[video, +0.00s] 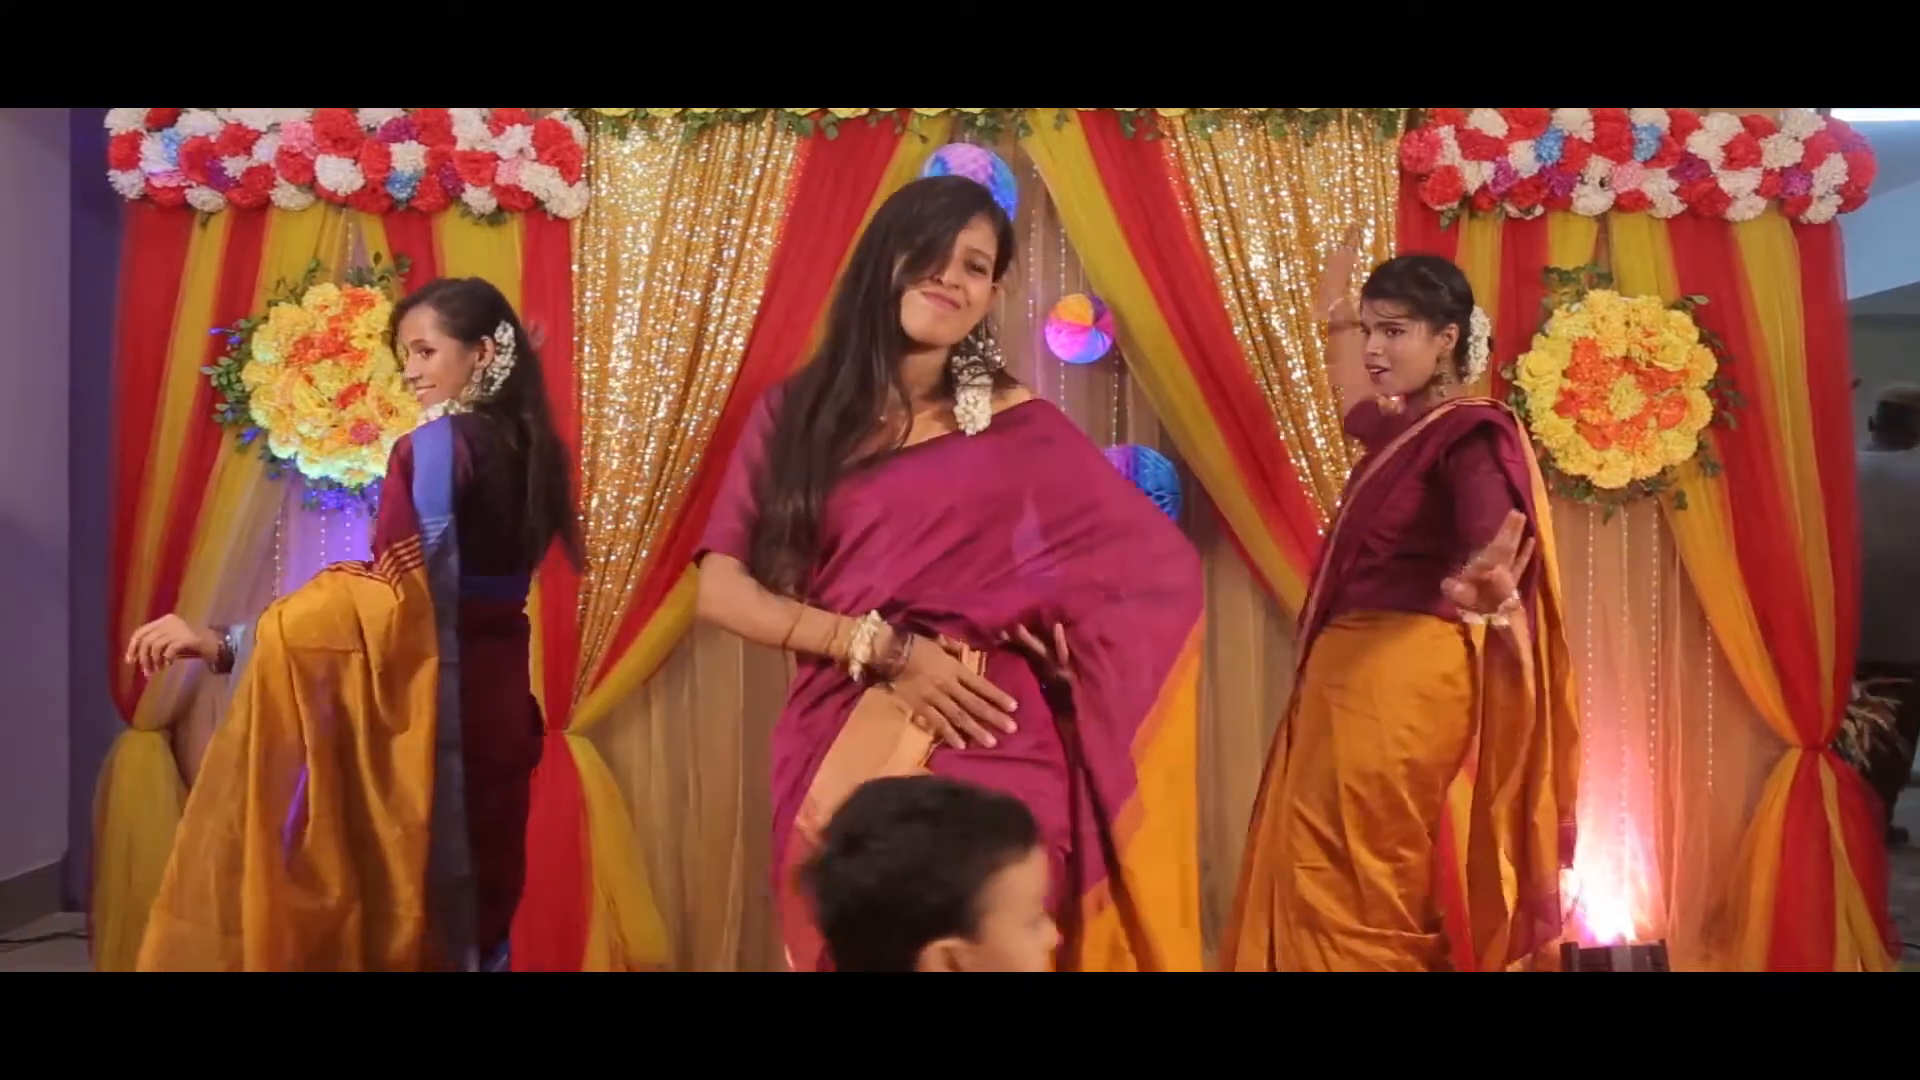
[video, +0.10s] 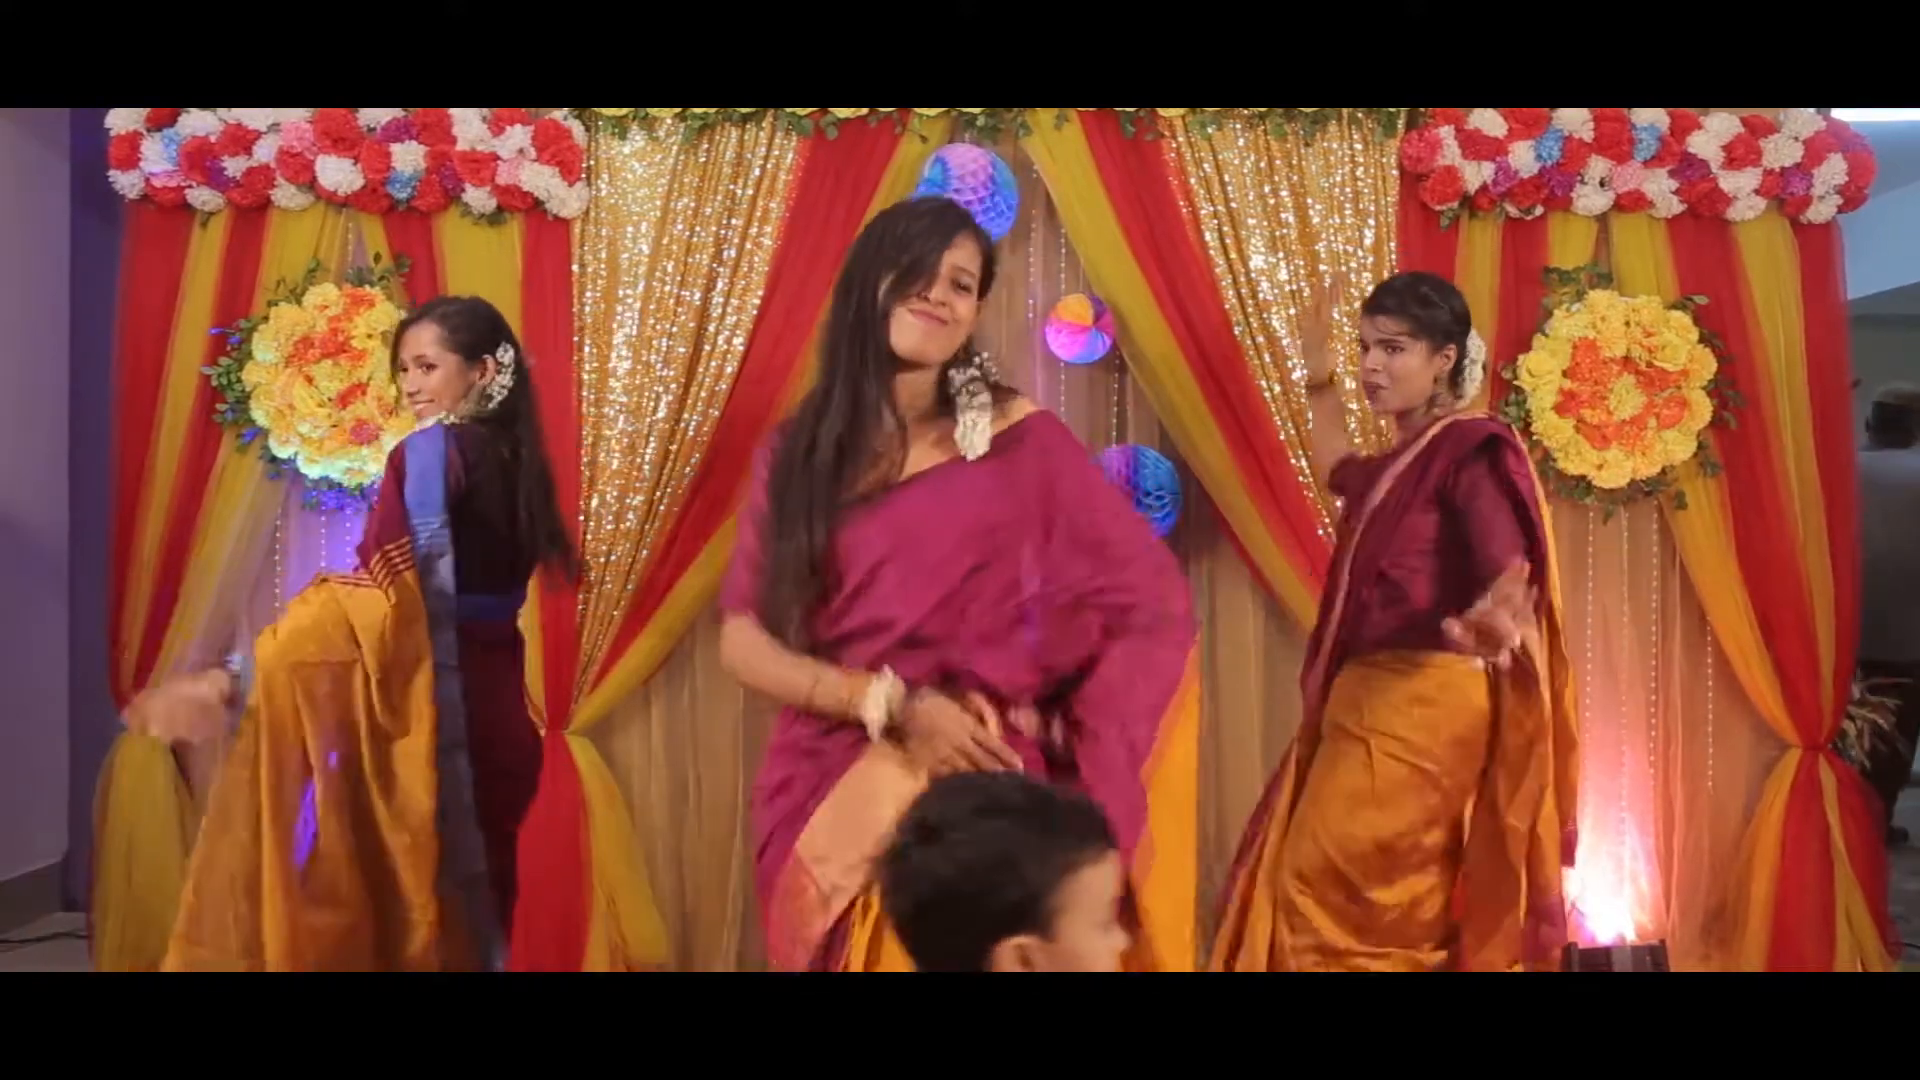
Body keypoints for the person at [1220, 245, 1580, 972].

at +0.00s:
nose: (1374, 349)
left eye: (1393, 330)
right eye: (1366, 329)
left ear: (1446, 340)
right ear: (1362, 336)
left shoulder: (1467, 430)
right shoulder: (1392, 431)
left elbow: (1495, 520)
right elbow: (1358, 400)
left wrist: (1483, 576)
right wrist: (1339, 325)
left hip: (1407, 658)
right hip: (1343, 656)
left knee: (1348, 873)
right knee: (1295, 863)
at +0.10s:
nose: (1371, 365)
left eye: (1391, 348)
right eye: (1365, 347)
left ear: (1445, 359)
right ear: (1361, 355)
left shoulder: (1472, 447)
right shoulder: (1394, 460)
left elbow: (1511, 571)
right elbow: (1337, 465)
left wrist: (1494, 625)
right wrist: (1320, 368)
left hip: (1422, 697)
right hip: (1357, 698)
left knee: (1309, 880)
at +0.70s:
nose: (1382, 346)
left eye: (1405, 330)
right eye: (1372, 329)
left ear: (1454, 343)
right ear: (1361, 336)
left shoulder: (1495, 436)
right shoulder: (1365, 441)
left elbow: (1547, 568)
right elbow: (1255, 424)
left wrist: (1593, 635)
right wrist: (1216, 344)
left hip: (1439, 674)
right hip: (1357, 679)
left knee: (1411, 877)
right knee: (1359, 874)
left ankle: (1427, 961)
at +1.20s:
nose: (1405, 355)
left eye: (1426, 338)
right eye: (1389, 337)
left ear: (1466, 347)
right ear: (1371, 345)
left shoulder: (1515, 442)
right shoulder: (1350, 449)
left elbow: (1582, 565)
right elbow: (1212, 436)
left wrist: (1655, 625)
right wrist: (1163, 340)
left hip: (1488, 676)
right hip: (1377, 679)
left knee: (1440, 868)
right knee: (1362, 864)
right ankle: (1374, 967)